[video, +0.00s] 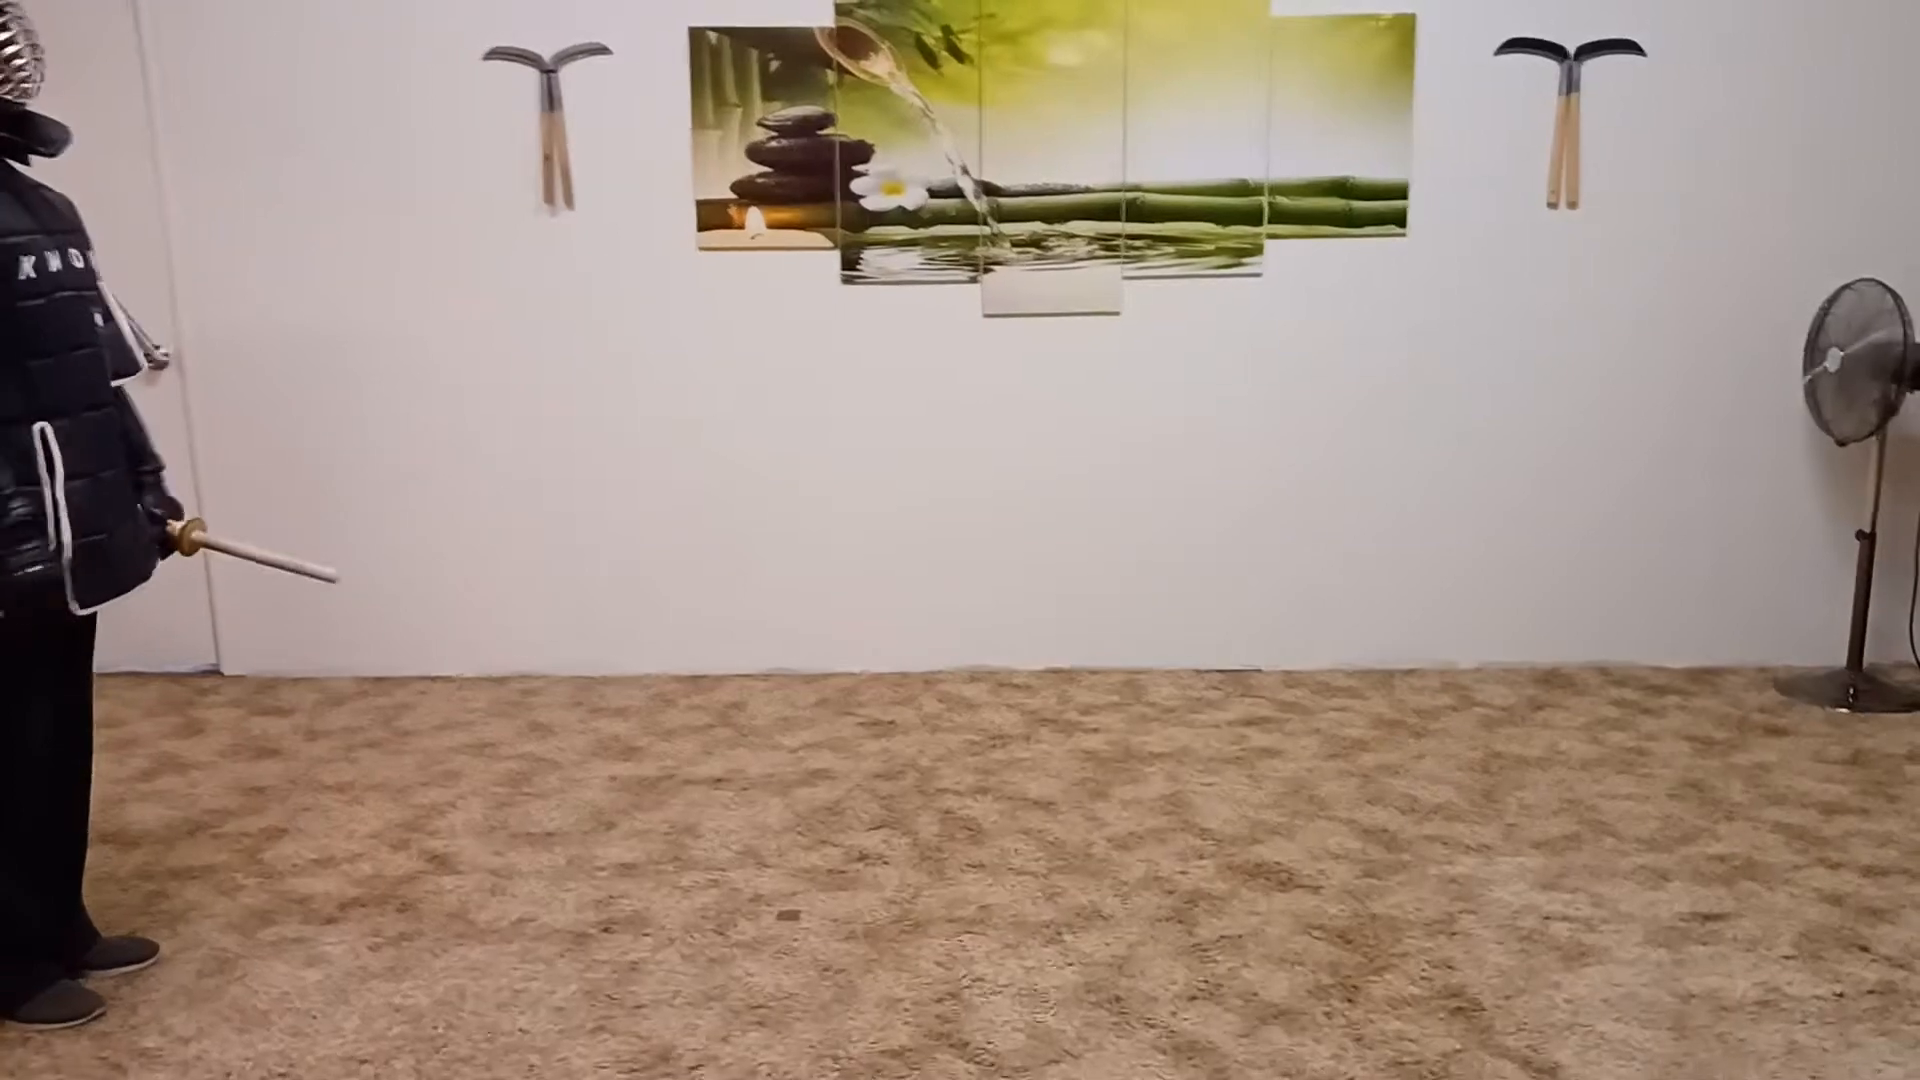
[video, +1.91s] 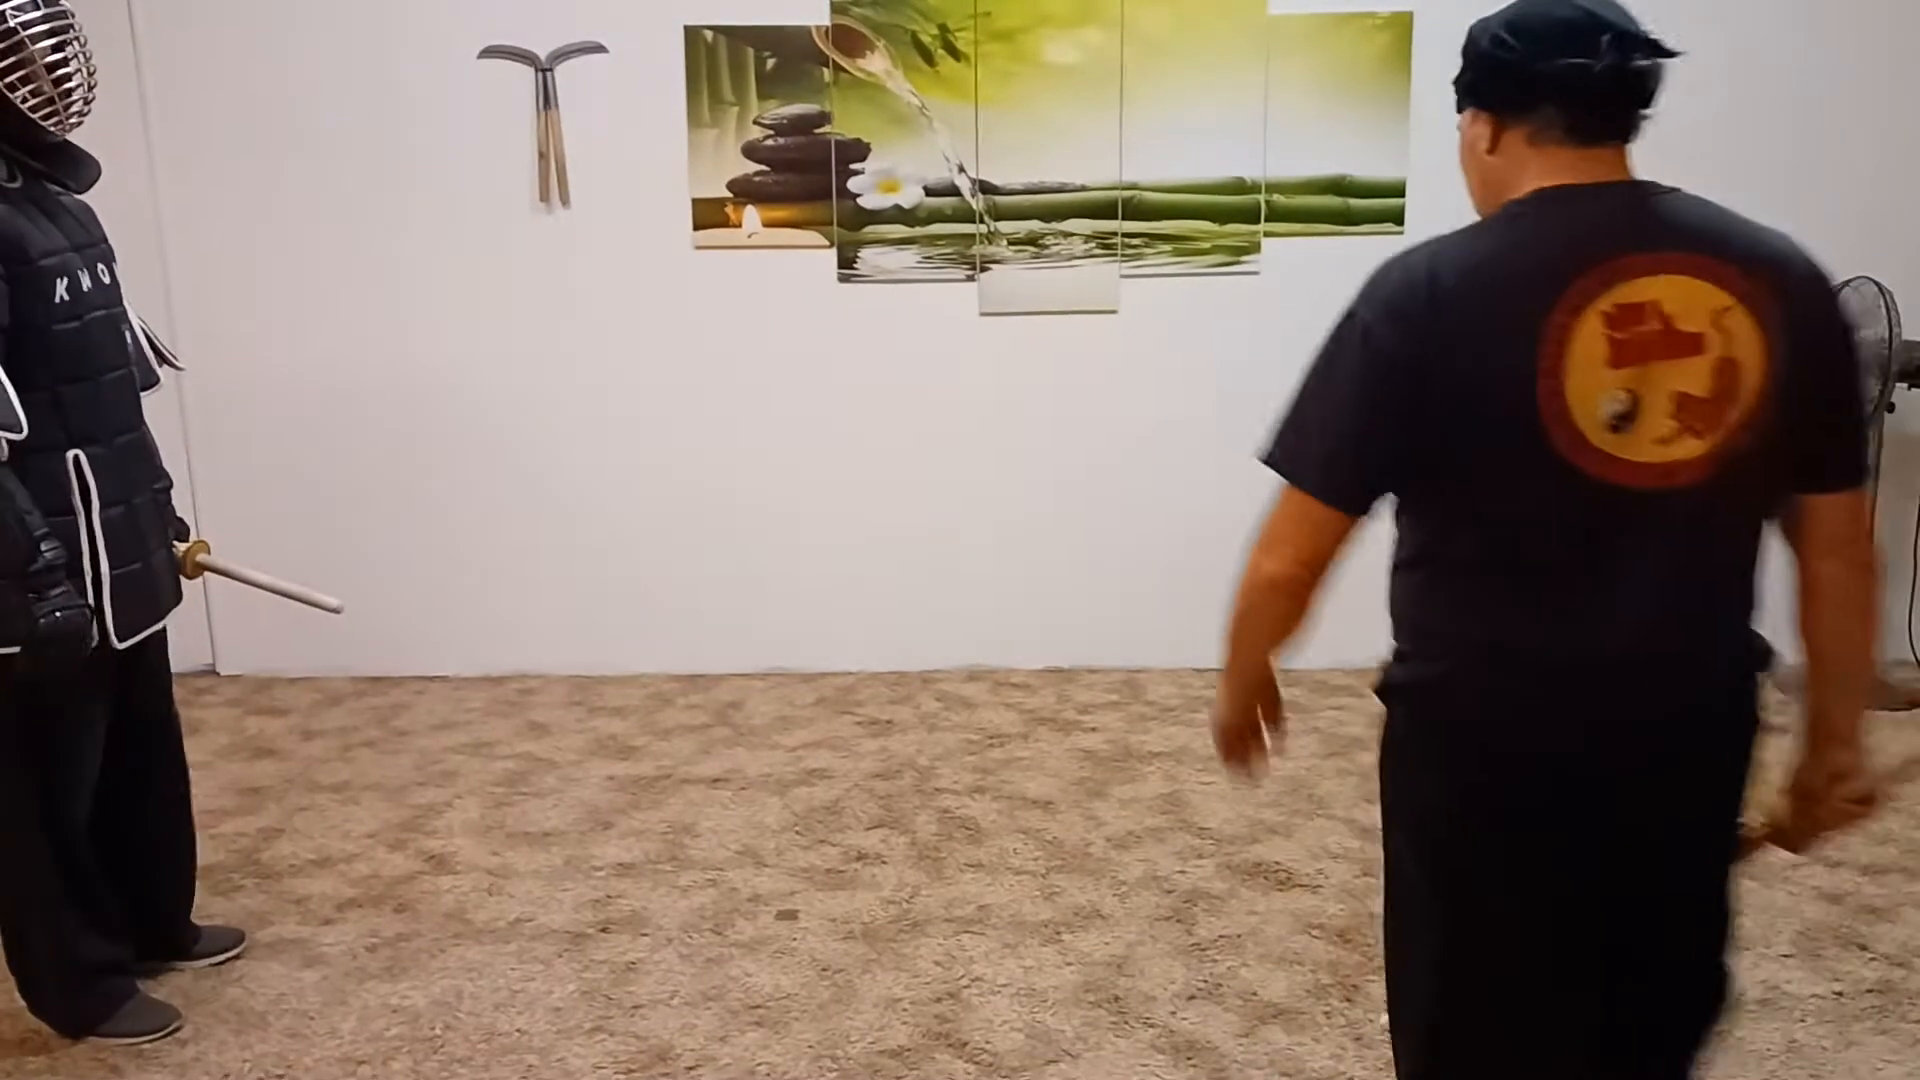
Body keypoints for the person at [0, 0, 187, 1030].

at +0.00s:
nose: (23, 68)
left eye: (24, 54)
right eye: (13, 54)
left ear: (26, 72)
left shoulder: (48, 206)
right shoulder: (7, 205)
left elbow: (94, 373)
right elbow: (30, 382)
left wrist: (152, 490)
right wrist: (25, 543)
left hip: (68, 540)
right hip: (13, 550)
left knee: (61, 741)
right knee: (11, 750)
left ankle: (61, 931)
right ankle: (12, 968)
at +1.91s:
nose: (69, 78)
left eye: (68, 58)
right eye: (46, 63)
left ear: (62, 74)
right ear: (4, 82)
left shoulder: (67, 206)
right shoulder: (2, 219)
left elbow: (106, 388)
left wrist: (159, 508)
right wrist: (30, 564)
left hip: (117, 524)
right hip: (42, 540)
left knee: (137, 731)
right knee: (50, 763)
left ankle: (151, 922)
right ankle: (74, 983)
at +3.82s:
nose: (117, 73)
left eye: (115, 53)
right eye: (92, 54)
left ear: (103, 69)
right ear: (39, 69)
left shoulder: (118, 200)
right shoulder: (19, 208)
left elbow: (170, 381)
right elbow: (25, 400)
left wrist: (218, 507)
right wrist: (98, 536)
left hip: (159, 537)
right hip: (74, 550)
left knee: (160, 746)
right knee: (86, 765)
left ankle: (159, 931)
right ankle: (92, 982)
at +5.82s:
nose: (124, 78)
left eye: (121, 57)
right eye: (100, 60)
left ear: (100, 71)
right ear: (44, 74)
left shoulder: (122, 201)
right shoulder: (19, 210)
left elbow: (174, 381)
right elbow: (22, 404)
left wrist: (219, 506)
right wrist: (100, 536)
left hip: (159, 541)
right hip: (71, 554)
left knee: (160, 751)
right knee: (84, 771)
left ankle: (161, 933)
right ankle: (88, 982)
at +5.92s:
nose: (124, 83)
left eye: (121, 63)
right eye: (101, 66)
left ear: (97, 77)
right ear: (50, 79)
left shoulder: (122, 203)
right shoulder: (19, 211)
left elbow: (175, 382)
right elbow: (23, 404)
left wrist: (218, 508)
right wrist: (98, 538)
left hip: (158, 544)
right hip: (69, 557)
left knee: (160, 752)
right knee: (84, 772)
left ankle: (161, 933)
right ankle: (88, 982)